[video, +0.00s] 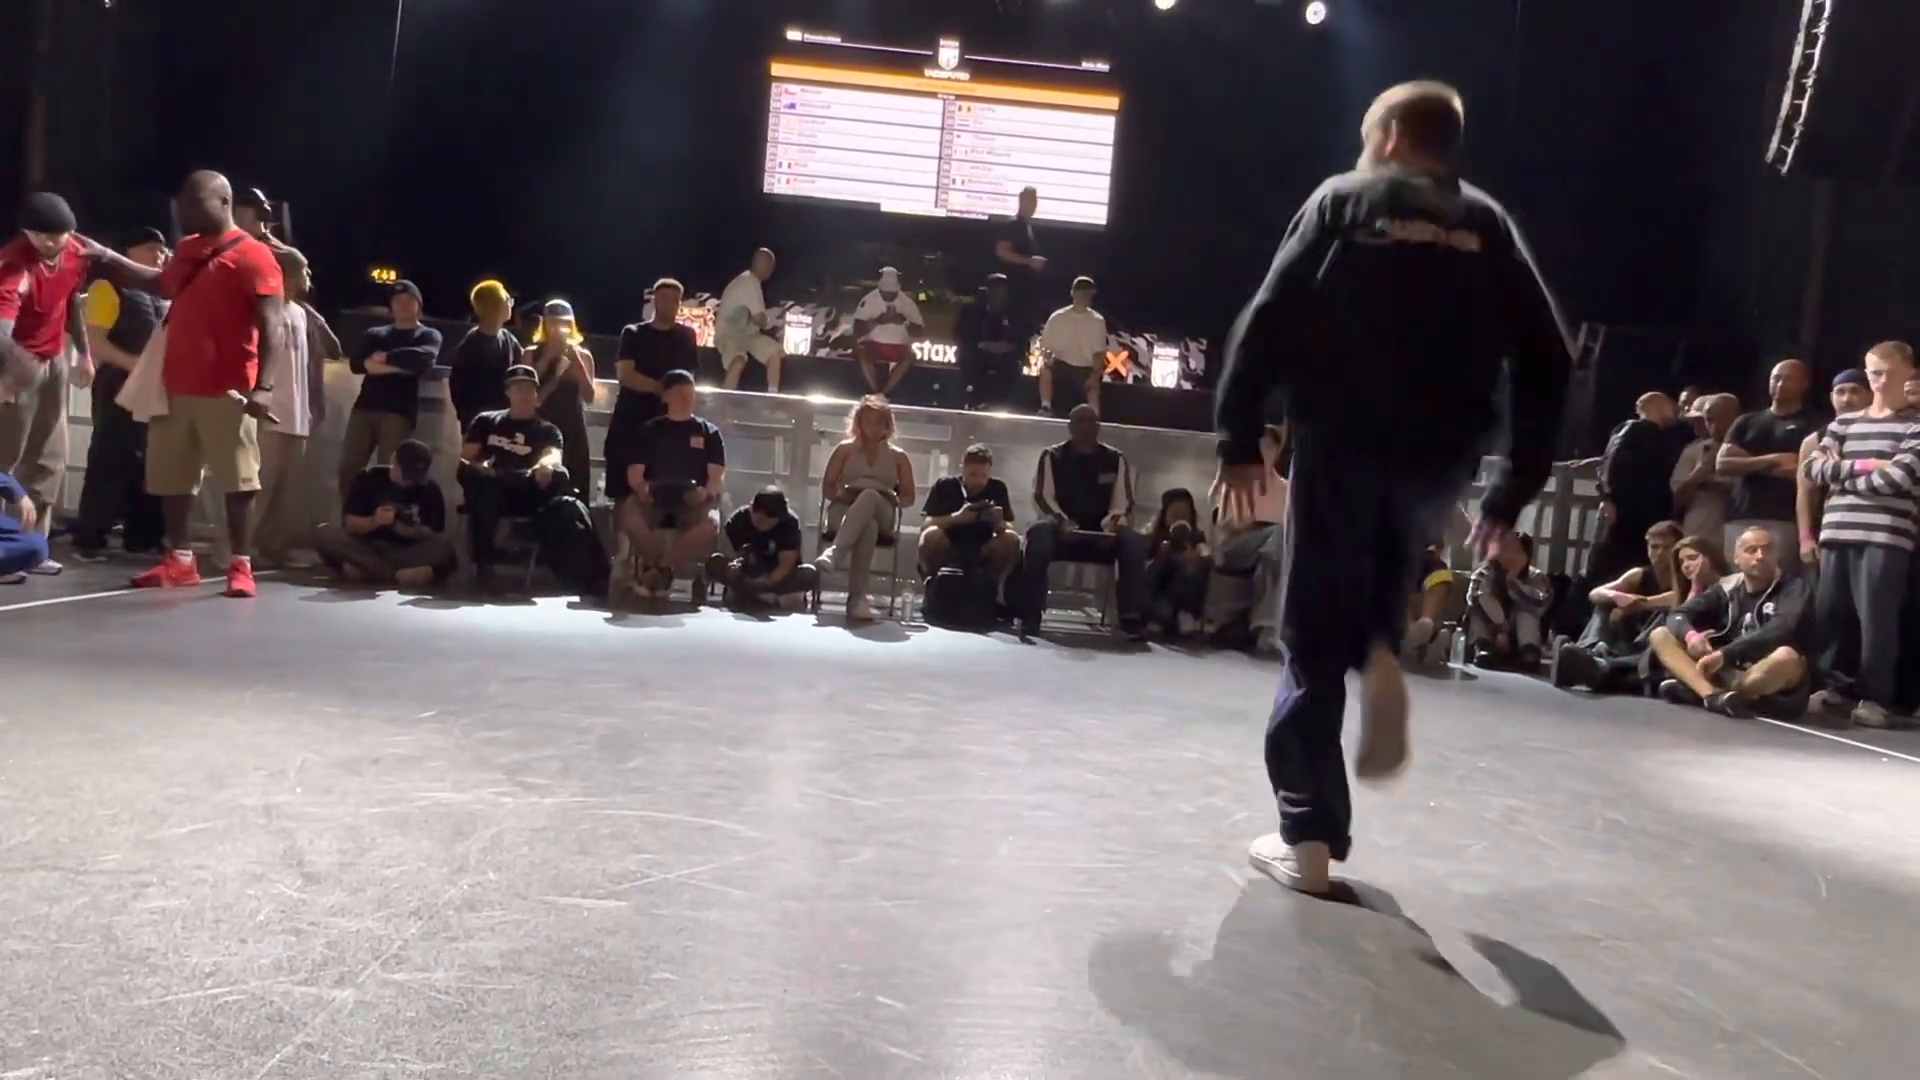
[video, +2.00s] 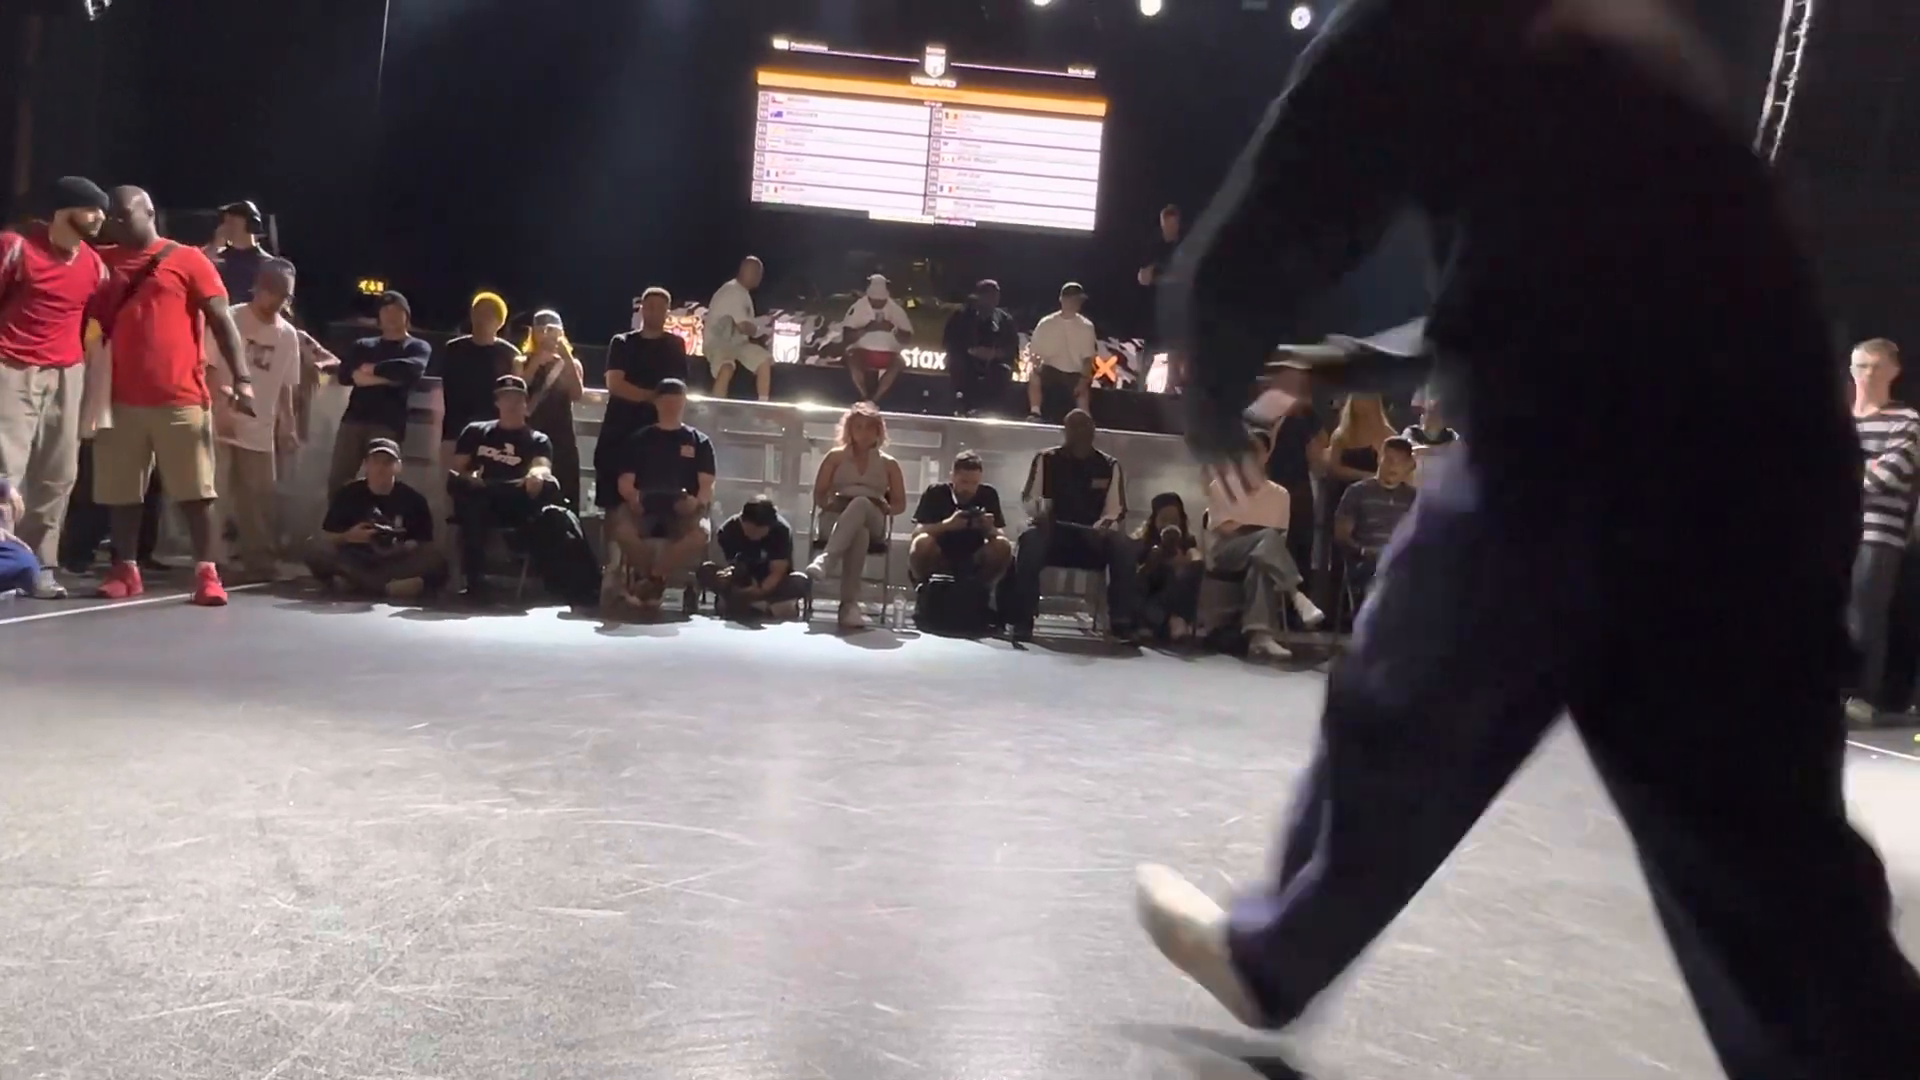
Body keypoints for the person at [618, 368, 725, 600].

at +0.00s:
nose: (685, 397)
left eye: (688, 391)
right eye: (679, 392)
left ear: (694, 395)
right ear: (665, 396)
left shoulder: (709, 432)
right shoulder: (648, 430)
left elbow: (716, 476)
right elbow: (634, 472)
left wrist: (704, 493)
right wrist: (644, 491)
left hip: (691, 492)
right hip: (655, 490)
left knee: (709, 525)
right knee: (630, 514)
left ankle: (658, 570)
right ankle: (661, 569)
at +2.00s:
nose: (671, 405)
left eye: (676, 400)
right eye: (666, 400)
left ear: (684, 402)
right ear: (657, 403)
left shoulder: (699, 441)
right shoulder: (638, 439)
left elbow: (706, 486)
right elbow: (625, 482)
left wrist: (696, 503)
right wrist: (635, 499)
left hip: (681, 503)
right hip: (645, 502)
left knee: (700, 533)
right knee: (621, 524)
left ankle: (653, 579)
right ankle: (654, 581)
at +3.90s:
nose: (664, 435)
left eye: (668, 430)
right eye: (658, 430)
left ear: (675, 433)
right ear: (647, 433)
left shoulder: (691, 468)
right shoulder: (631, 468)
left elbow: (701, 512)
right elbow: (619, 512)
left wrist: (691, 528)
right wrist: (630, 530)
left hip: (677, 530)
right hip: (641, 529)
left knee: (696, 560)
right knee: (615, 553)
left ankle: (650, 608)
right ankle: (651, 607)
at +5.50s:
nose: (682, 422)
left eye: (687, 417)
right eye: (677, 417)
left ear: (694, 421)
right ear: (666, 420)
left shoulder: (709, 456)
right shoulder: (649, 456)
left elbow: (718, 499)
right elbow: (637, 499)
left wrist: (708, 517)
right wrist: (648, 517)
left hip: (694, 519)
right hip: (659, 518)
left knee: (714, 550)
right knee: (637, 544)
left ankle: (670, 598)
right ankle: (665, 596)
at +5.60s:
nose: (683, 422)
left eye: (688, 417)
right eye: (677, 417)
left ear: (695, 420)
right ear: (667, 419)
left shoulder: (711, 456)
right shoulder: (650, 456)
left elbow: (719, 501)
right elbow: (639, 498)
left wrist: (709, 517)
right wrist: (648, 516)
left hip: (695, 519)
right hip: (660, 519)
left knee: (716, 546)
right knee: (638, 536)